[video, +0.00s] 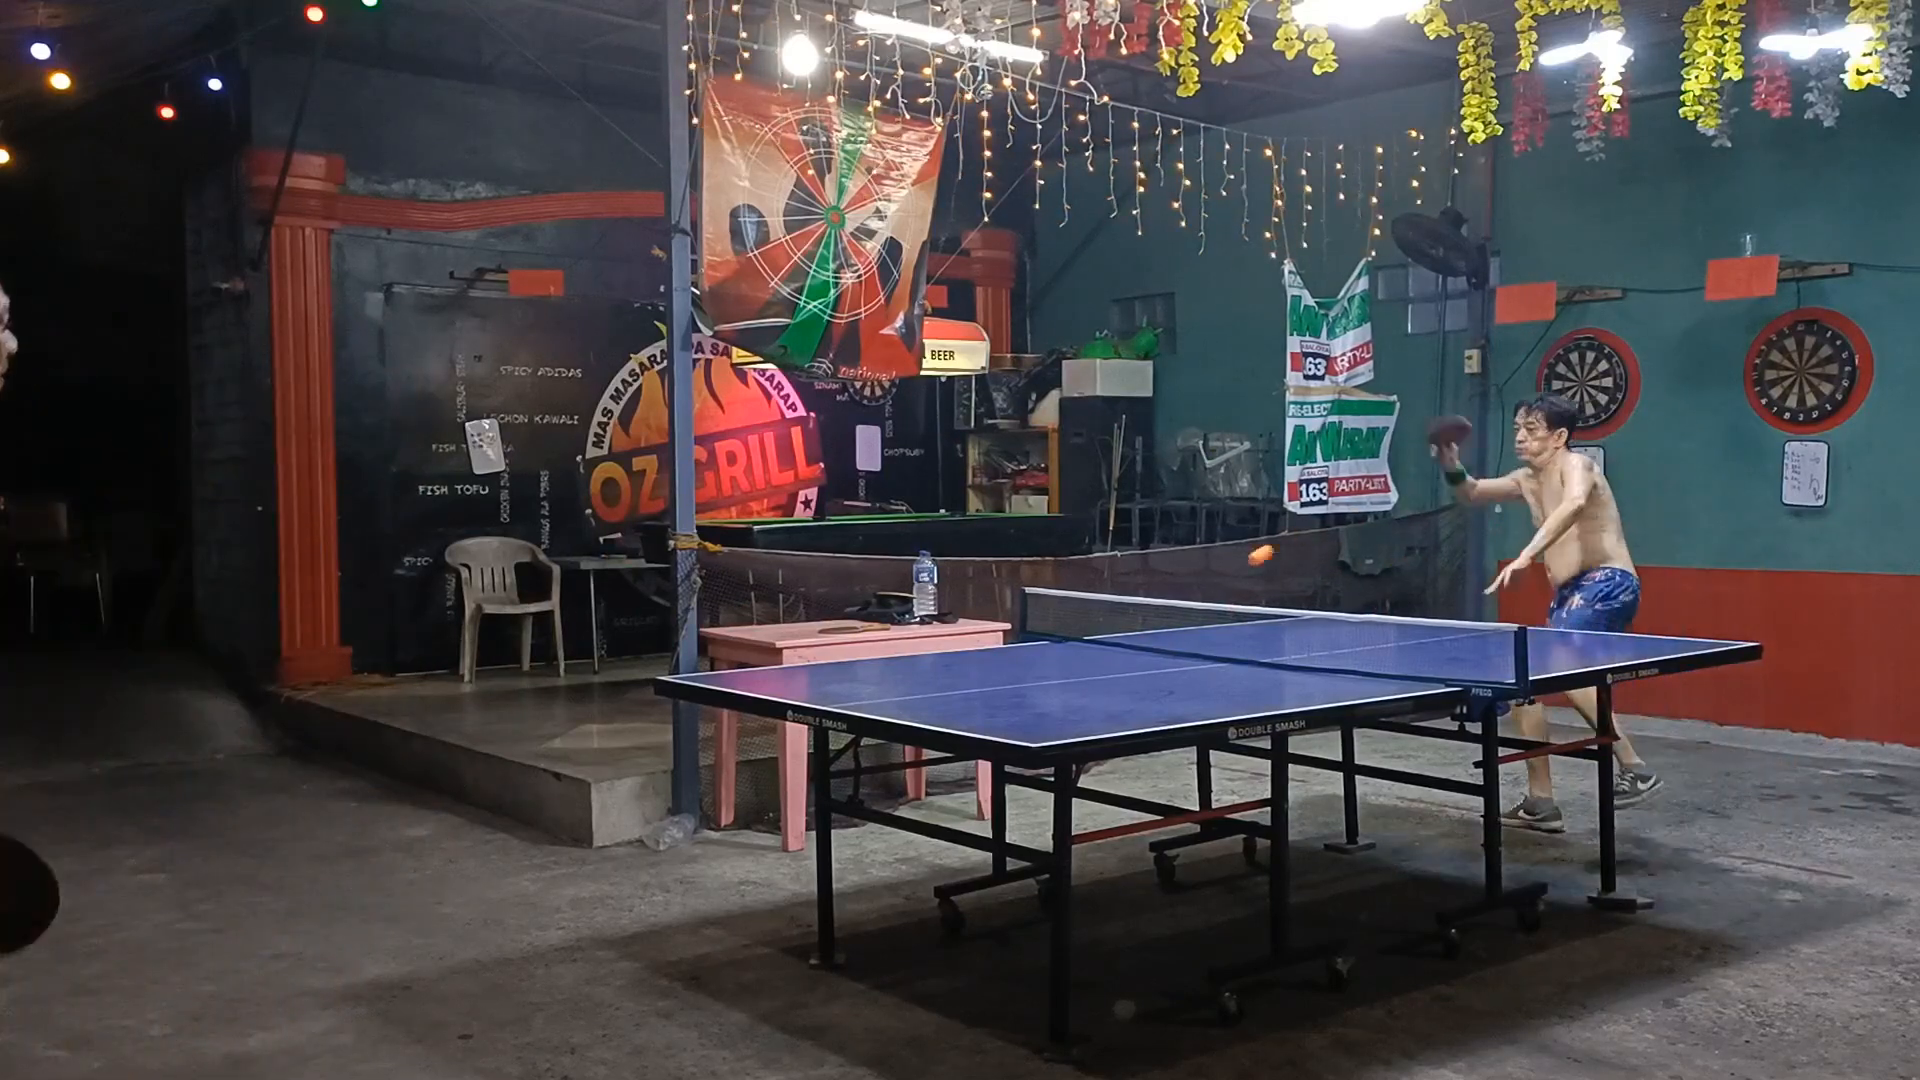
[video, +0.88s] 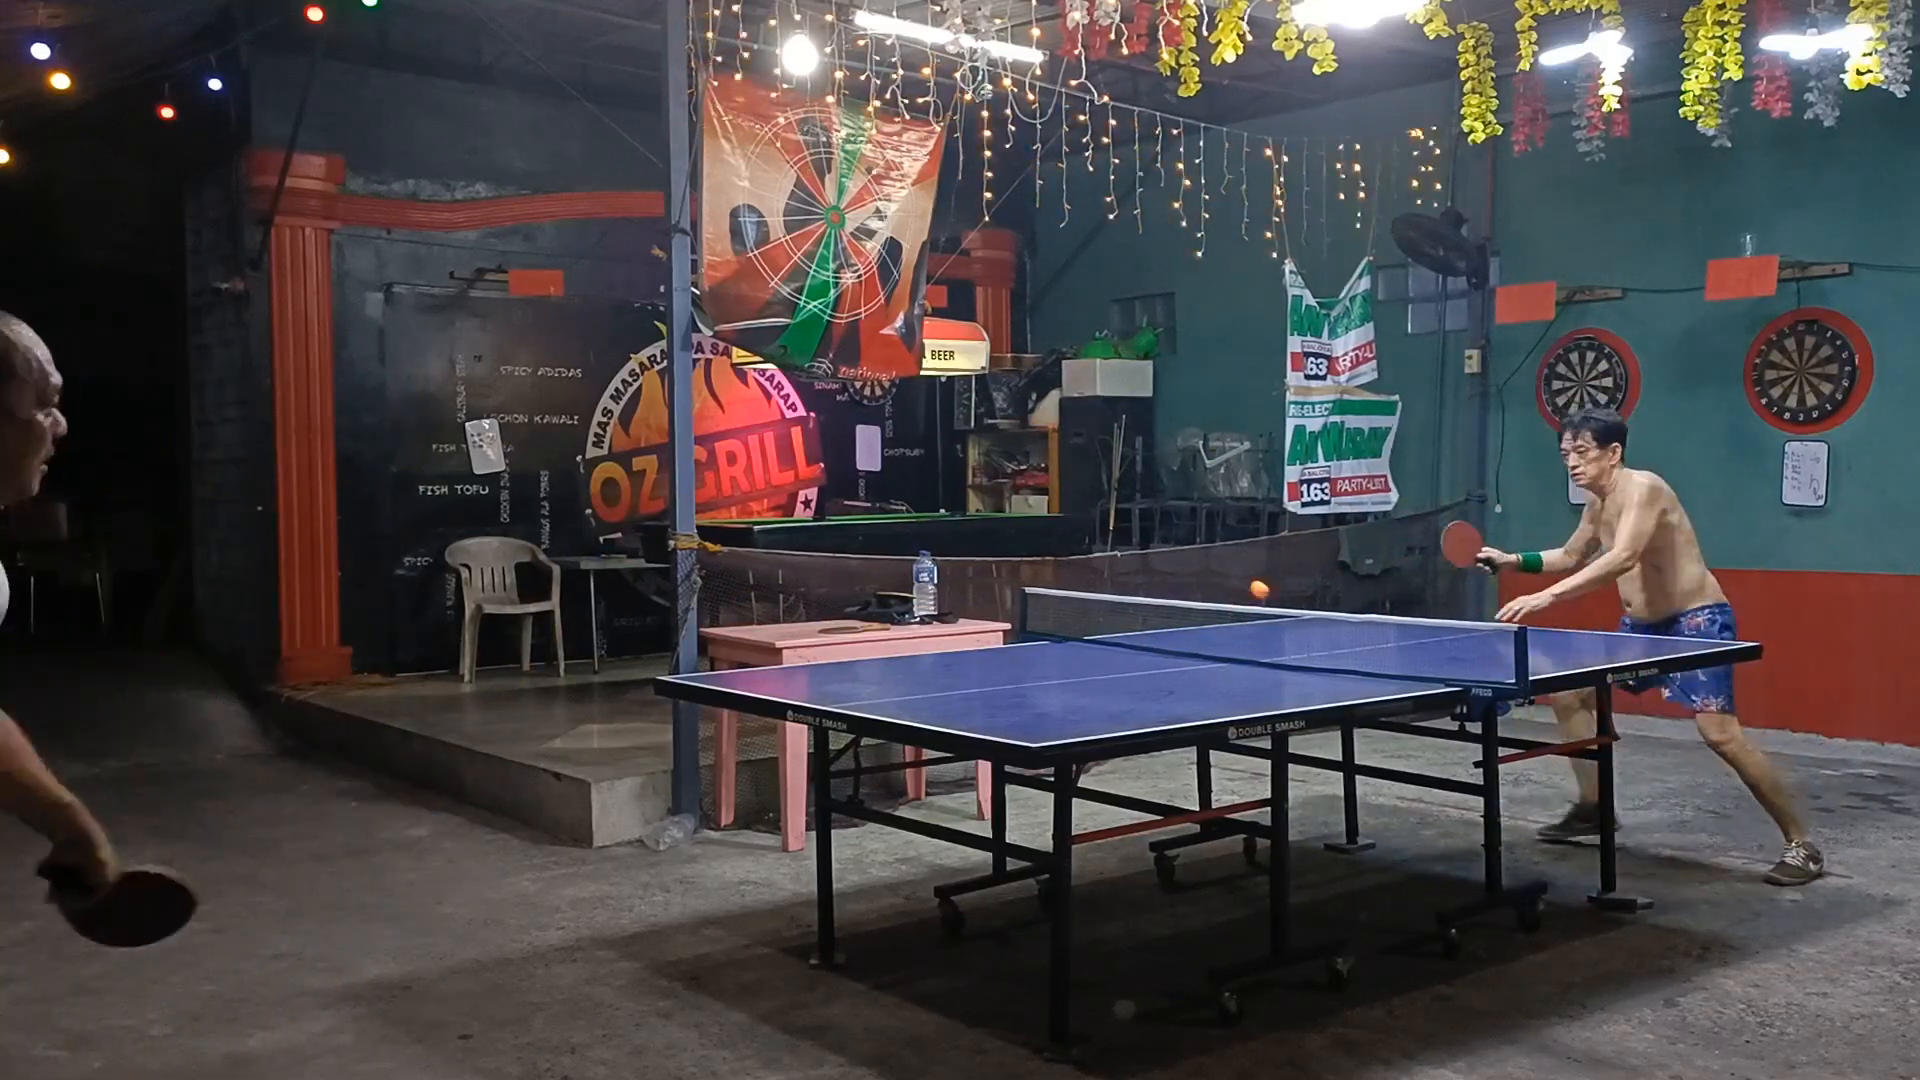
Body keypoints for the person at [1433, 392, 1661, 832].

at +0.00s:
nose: (1521, 437)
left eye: (1530, 429)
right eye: (1518, 429)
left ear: (1559, 435)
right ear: (1516, 435)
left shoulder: (1575, 464)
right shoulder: (1526, 478)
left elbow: (1575, 504)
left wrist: (1526, 555)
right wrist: (1452, 467)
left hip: (1606, 584)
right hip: (1567, 596)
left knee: (1566, 667)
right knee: (1520, 685)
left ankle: (1633, 767)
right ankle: (1540, 799)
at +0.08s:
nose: (1523, 427)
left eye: (1534, 419)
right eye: (1519, 419)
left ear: (1561, 423)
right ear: (1516, 421)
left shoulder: (1573, 451)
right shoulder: (1528, 465)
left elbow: (1600, 479)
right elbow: (1477, 486)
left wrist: (1552, 530)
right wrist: (1433, 464)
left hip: (1609, 577)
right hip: (1575, 585)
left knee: (1579, 671)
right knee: (1524, 668)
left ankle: (1651, 763)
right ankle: (1556, 772)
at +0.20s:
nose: (1524, 440)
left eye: (1534, 431)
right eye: (1520, 431)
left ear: (1562, 434)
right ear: (1516, 432)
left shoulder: (1579, 466)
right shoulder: (1535, 478)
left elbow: (1639, 492)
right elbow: (1504, 508)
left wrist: (1610, 534)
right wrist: (1452, 513)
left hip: (1612, 593)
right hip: (1571, 601)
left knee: (1581, 679)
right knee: (1543, 684)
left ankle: (1672, 772)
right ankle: (1566, 778)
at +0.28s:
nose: (1526, 463)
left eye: (1536, 455)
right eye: (1522, 455)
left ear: (1564, 459)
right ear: (1520, 460)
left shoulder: (1587, 495)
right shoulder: (1544, 503)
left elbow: (1653, 538)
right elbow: (1529, 550)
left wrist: (1642, 593)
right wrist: (1478, 571)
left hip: (1612, 623)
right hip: (1570, 627)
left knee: (1586, 706)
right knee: (1535, 699)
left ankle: (1687, 787)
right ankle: (1571, 779)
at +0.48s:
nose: (1554, 436)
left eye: (1565, 428)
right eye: (1549, 429)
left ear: (1593, 432)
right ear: (1546, 435)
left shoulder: (1623, 472)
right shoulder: (1566, 486)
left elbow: (1672, 535)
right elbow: (1574, 543)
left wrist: (1653, 604)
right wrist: (1529, 573)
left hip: (1648, 609)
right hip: (1597, 612)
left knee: (1654, 715)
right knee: (1563, 696)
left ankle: (1705, 802)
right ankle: (1577, 777)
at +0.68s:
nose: (1570, 438)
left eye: (1581, 428)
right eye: (1564, 429)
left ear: (1610, 430)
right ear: (1559, 433)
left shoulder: (1639, 468)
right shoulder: (1577, 483)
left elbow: (1669, 531)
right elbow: (1557, 539)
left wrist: (1618, 584)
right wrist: (1519, 557)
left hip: (1684, 605)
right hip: (1631, 613)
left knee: (1699, 707)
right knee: (1591, 703)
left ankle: (1767, 822)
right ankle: (1628, 815)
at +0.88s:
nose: (1571, 464)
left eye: (1580, 453)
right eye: (1566, 454)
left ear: (1613, 452)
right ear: (1567, 456)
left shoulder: (1642, 488)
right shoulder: (1598, 502)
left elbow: (1624, 557)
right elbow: (1570, 555)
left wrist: (1546, 596)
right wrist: (1512, 560)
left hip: (1697, 624)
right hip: (1641, 628)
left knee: (1720, 733)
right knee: (1566, 695)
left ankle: (1801, 844)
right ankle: (1592, 806)